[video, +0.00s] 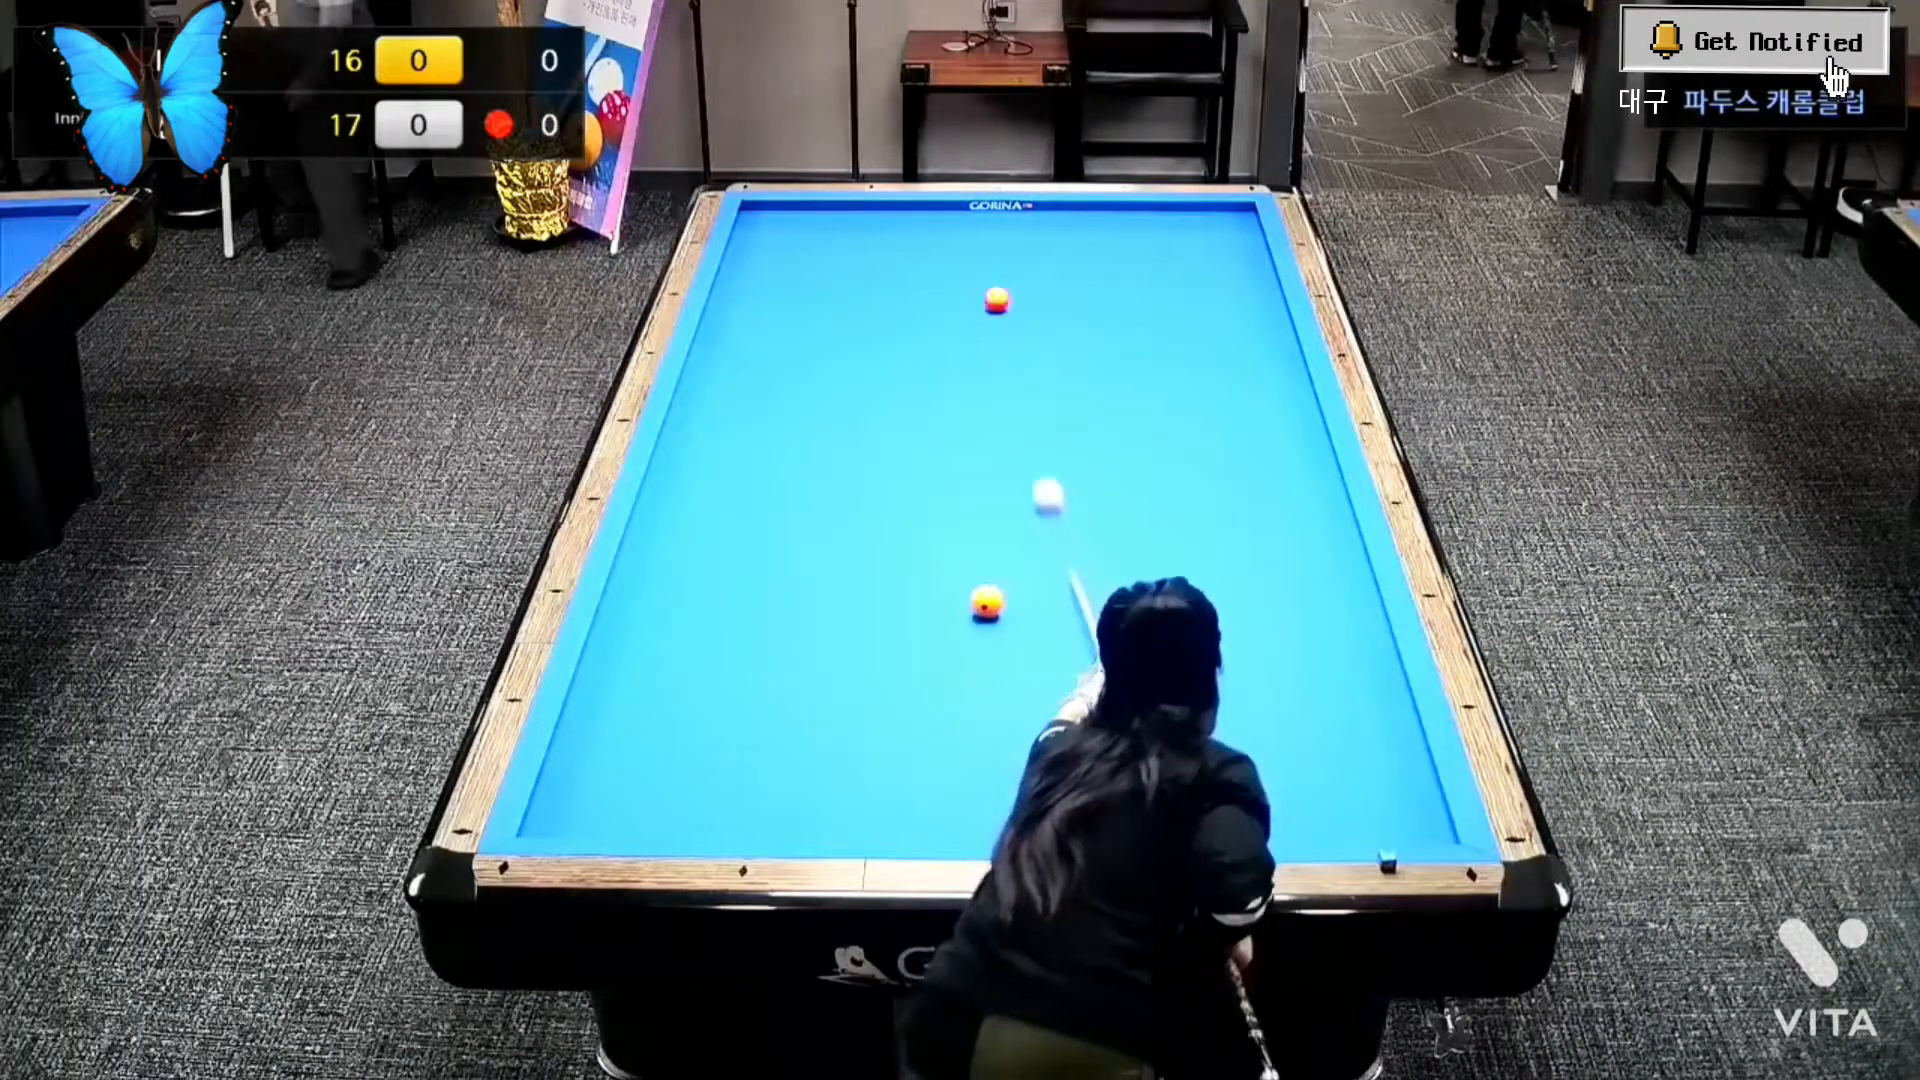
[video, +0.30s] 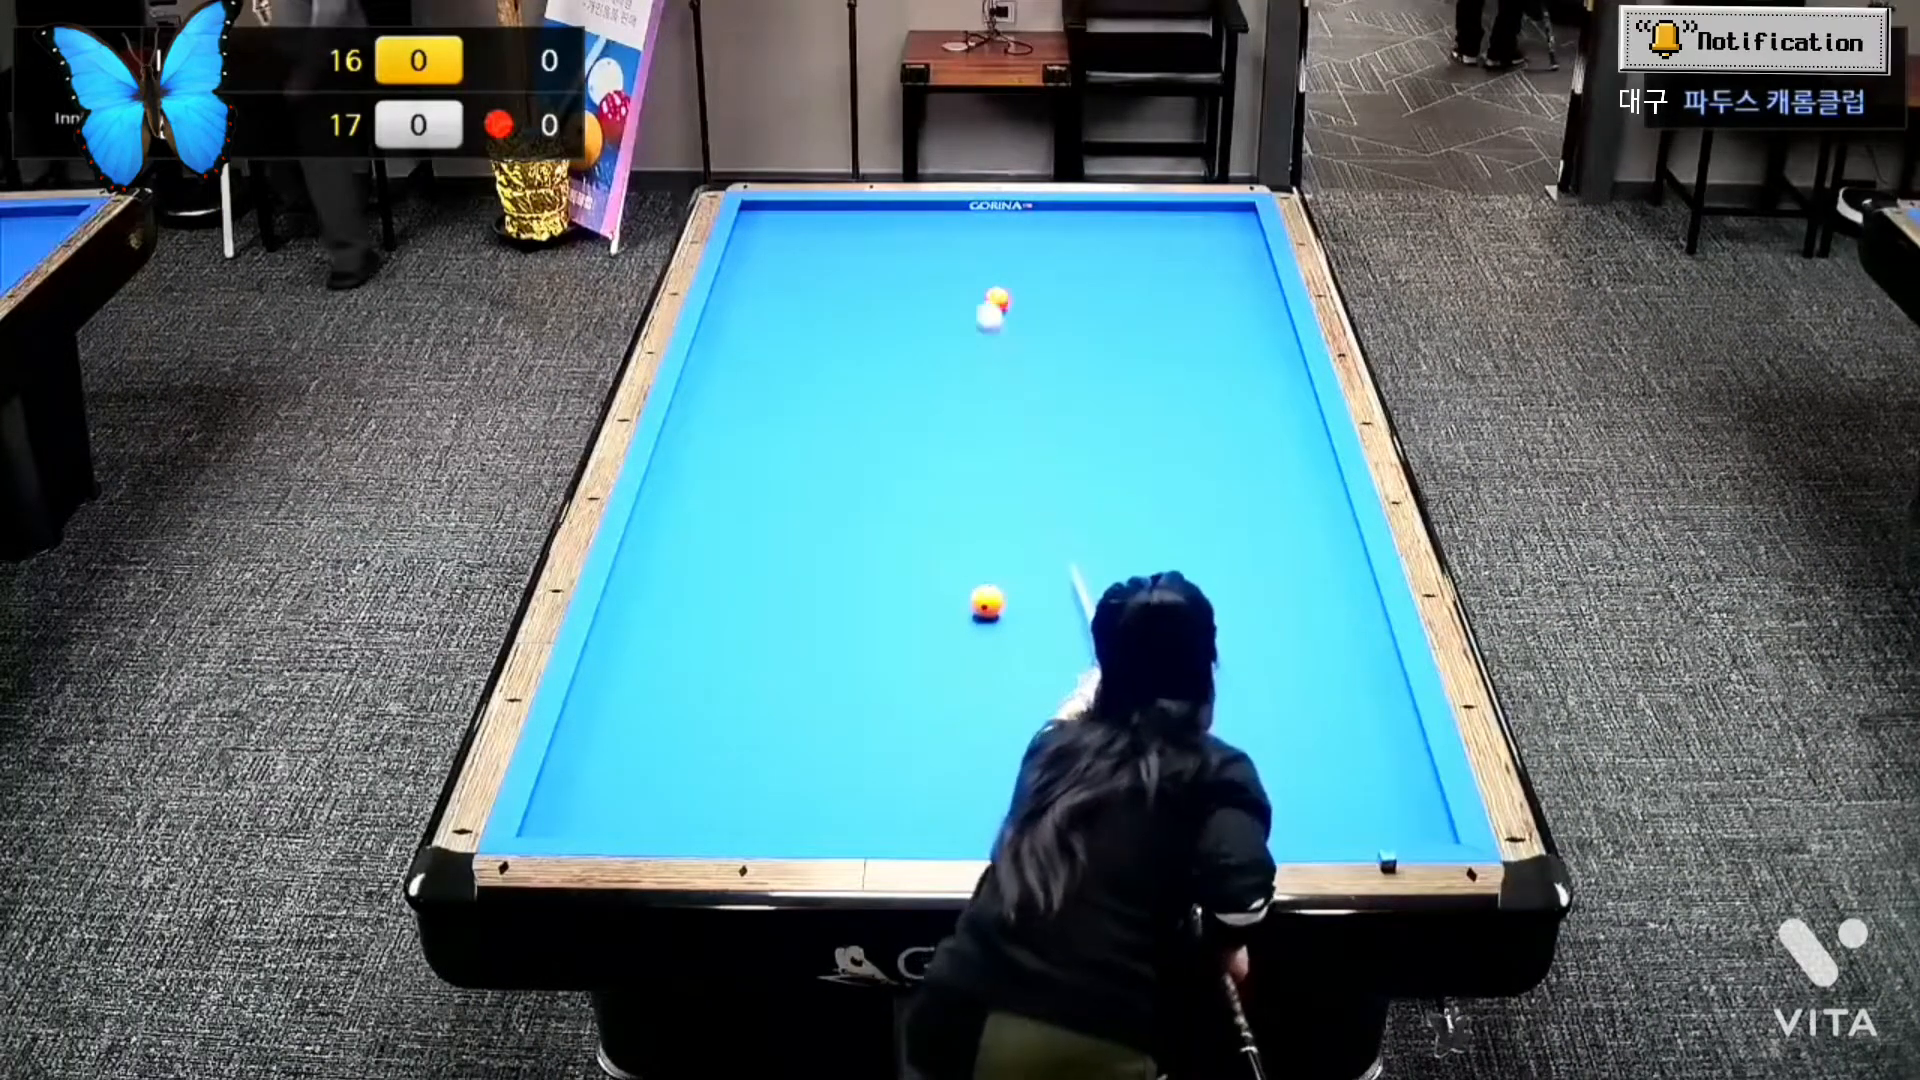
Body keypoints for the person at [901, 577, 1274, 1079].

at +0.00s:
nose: (1220, 672)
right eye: (1216, 660)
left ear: (1112, 671)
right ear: (1205, 669)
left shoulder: (1058, 748)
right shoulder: (1221, 771)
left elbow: (1077, 708)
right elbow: (1233, 872)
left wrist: (1104, 669)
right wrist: (1232, 937)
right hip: (1109, 1037)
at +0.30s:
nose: (1216, 661)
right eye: (1210, 649)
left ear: (1108, 661)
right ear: (1200, 662)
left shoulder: (1054, 744)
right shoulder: (1219, 769)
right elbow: (1238, 882)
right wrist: (1228, 943)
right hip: (1106, 1034)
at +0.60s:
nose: (1205, 654)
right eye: (1200, 643)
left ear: (1101, 653)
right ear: (1194, 654)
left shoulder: (1047, 739)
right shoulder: (1214, 761)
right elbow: (1229, 872)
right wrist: (1222, 941)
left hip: (989, 1012)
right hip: (1114, 1027)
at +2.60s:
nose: (1212, 565)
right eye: (1209, 551)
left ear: (1078, 557)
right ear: (1200, 574)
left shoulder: (1016, 652)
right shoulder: (1231, 753)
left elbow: (976, 782)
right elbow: (1224, 943)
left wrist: (1035, 854)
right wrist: (1255, 968)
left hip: (1023, 1014)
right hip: (1175, 1028)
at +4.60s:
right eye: (982, 571)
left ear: (864, 565)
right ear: (980, 593)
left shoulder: (774, 679)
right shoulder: (1017, 739)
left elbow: (738, 827)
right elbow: (1062, 922)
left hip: (825, 1019)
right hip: (978, 1020)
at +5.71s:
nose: (1100, 509)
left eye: (1104, 497)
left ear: (1115, 514)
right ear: (1228, 515)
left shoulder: (1028, 637)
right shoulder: (1257, 669)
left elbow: (966, 820)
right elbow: (1308, 795)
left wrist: (893, 810)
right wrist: (1365, 844)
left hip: (1005, 994)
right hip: (1163, 995)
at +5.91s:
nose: (1111, 519)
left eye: (1116, 500)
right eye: (1117, 498)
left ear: (1129, 520)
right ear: (1226, 510)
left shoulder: (1055, 636)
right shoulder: (1264, 645)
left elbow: (999, 830)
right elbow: (1311, 787)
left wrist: (898, 821)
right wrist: (1365, 848)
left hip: (1032, 987)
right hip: (1183, 984)